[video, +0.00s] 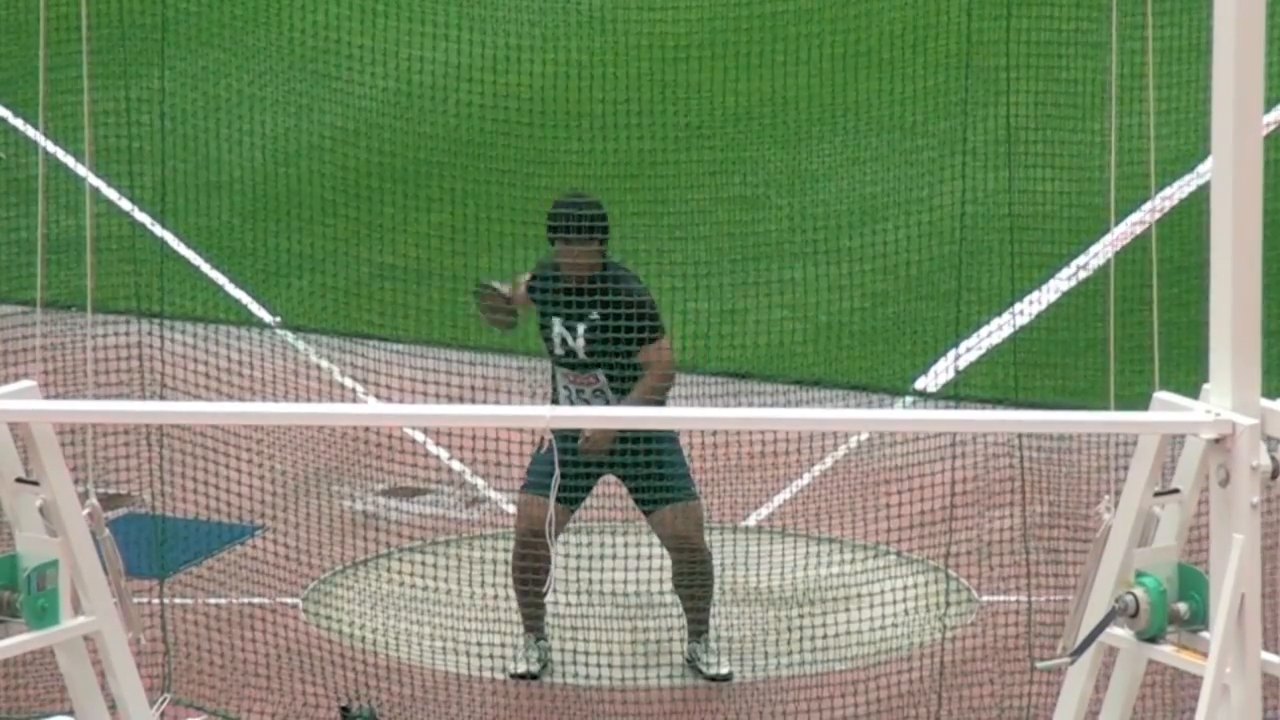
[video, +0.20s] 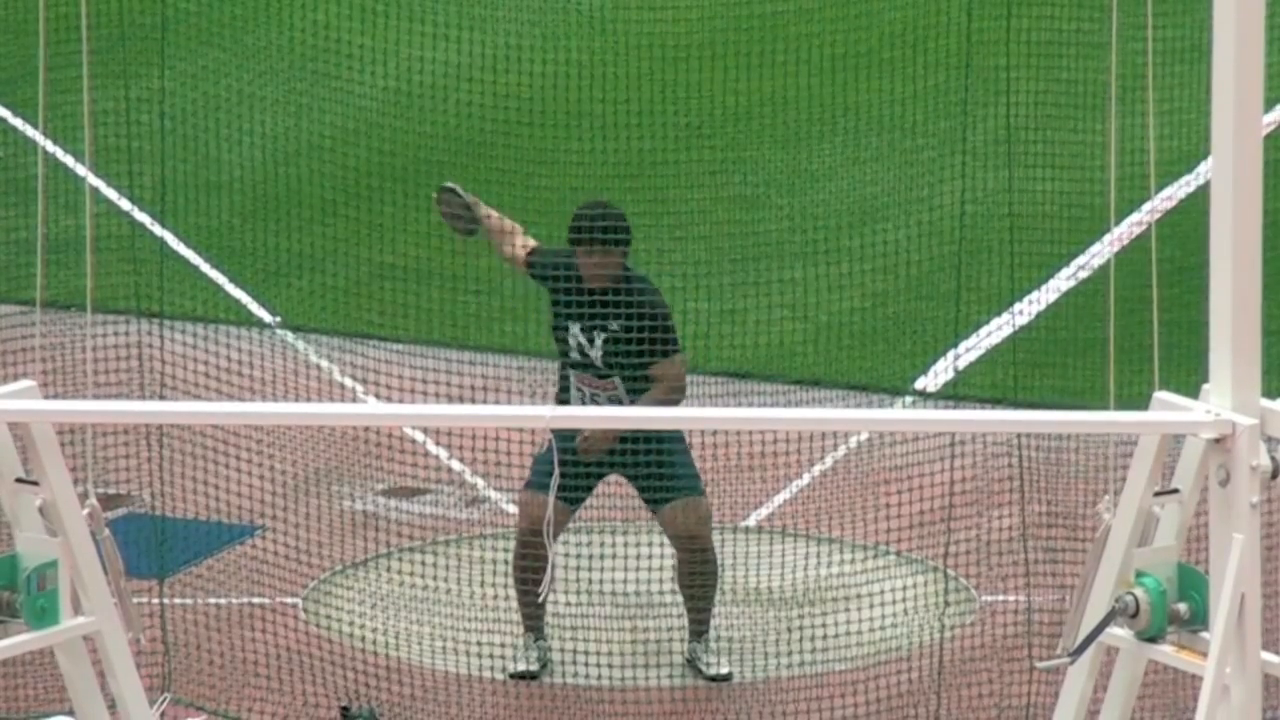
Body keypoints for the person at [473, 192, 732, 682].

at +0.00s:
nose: (577, 253)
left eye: (585, 243)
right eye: (567, 243)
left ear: (603, 244)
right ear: (553, 244)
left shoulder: (626, 292)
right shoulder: (545, 278)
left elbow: (663, 369)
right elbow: (515, 307)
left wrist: (614, 425)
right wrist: (500, 310)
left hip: (641, 428)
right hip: (572, 428)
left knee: (688, 540)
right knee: (530, 530)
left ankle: (700, 643)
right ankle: (533, 640)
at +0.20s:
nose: (594, 262)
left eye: (604, 253)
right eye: (586, 252)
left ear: (622, 253)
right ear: (575, 250)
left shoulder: (645, 301)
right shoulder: (559, 272)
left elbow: (672, 386)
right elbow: (514, 244)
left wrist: (617, 426)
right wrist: (478, 213)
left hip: (648, 430)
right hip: (578, 428)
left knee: (694, 530)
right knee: (532, 524)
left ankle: (700, 643)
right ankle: (533, 639)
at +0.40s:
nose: (622, 271)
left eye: (632, 261)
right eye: (613, 260)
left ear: (648, 263)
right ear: (599, 259)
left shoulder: (671, 309)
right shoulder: (581, 290)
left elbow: (696, 388)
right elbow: (502, 275)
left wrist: (640, 427)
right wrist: (436, 260)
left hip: (662, 431)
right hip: (588, 427)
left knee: (703, 530)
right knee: (540, 524)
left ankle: (701, 642)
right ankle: (533, 639)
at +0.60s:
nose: (656, 279)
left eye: (665, 269)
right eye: (646, 269)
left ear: (678, 268)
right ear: (630, 268)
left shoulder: (699, 311)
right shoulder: (604, 309)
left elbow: (722, 387)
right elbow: (554, 373)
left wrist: (681, 427)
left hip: (671, 431)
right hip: (599, 429)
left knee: (710, 525)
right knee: (549, 524)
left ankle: (700, 642)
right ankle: (534, 639)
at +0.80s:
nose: (674, 278)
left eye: (684, 268)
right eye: (665, 267)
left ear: (699, 266)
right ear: (651, 265)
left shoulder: (714, 302)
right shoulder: (633, 310)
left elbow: (731, 369)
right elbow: (661, 402)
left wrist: (738, 427)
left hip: (663, 431)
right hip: (601, 431)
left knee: (711, 520)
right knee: (559, 531)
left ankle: (700, 642)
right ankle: (534, 640)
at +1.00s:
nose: (688, 263)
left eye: (697, 252)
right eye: (677, 253)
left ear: (709, 253)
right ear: (659, 255)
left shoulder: (714, 291)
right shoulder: (647, 300)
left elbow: (726, 354)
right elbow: (711, 362)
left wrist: (783, 351)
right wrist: (793, 362)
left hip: (665, 430)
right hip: (602, 430)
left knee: (711, 522)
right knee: (562, 536)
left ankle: (699, 643)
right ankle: (533, 637)